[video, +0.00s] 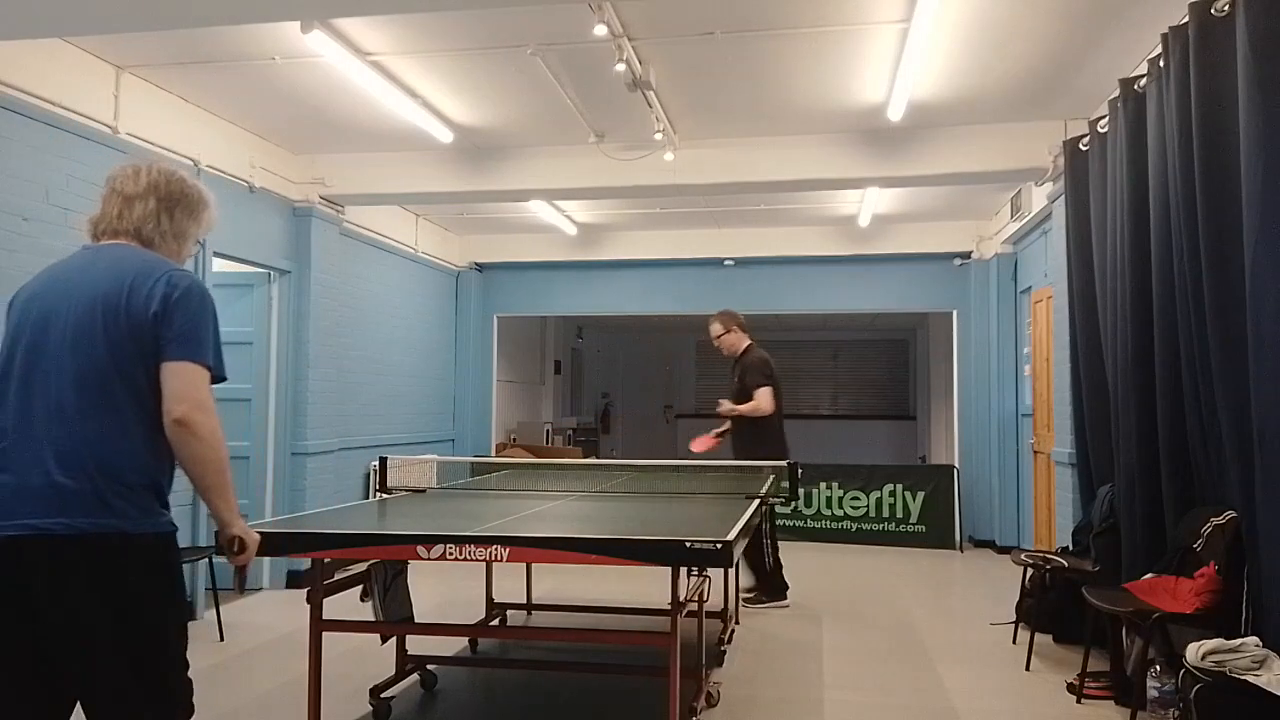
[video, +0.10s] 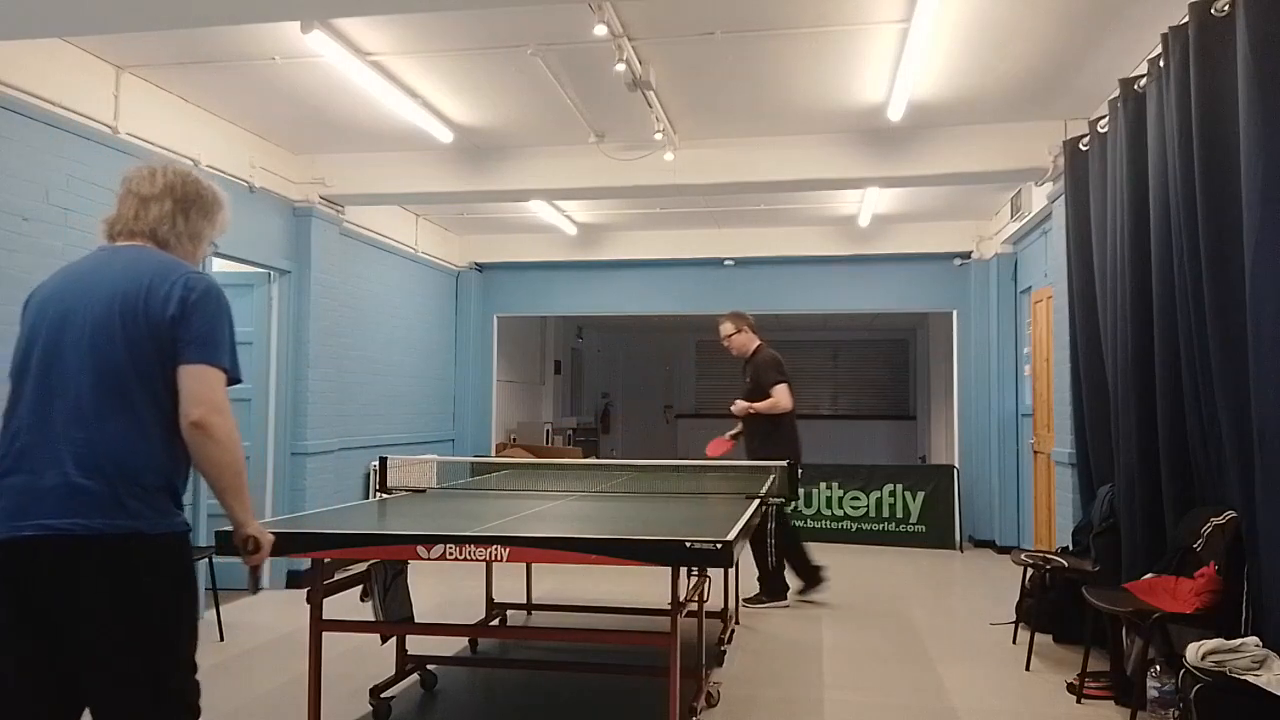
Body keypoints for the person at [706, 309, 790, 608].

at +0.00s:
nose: (716, 345)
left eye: (718, 338)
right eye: (714, 340)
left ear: (734, 331)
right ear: (731, 334)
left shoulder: (755, 361)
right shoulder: (743, 362)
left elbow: (766, 406)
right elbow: (746, 408)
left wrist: (733, 409)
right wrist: (725, 429)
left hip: (764, 459)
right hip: (752, 458)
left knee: (759, 523)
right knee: (752, 522)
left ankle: (774, 588)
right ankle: (765, 582)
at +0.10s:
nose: (727, 345)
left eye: (729, 338)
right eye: (724, 340)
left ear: (747, 331)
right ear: (736, 337)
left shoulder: (766, 359)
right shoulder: (752, 363)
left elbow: (784, 402)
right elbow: (761, 407)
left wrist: (750, 407)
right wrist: (738, 429)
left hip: (777, 459)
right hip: (764, 458)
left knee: (762, 524)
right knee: (773, 520)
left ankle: (773, 590)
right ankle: (810, 574)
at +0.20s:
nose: (736, 345)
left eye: (739, 338)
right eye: (733, 342)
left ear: (757, 332)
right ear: (734, 344)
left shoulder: (777, 361)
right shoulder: (762, 365)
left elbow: (798, 402)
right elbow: (774, 408)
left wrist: (759, 413)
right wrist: (752, 430)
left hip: (791, 460)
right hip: (779, 459)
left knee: (767, 525)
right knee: (805, 520)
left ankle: (774, 589)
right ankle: (844, 578)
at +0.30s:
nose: (746, 349)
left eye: (750, 342)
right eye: (742, 345)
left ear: (767, 337)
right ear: (743, 349)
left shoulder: (787, 364)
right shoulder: (773, 369)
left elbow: (811, 406)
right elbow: (785, 412)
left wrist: (773, 422)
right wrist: (761, 433)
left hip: (805, 459)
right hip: (799, 458)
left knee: (776, 520)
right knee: (824, 519)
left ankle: (774, 587)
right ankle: (860, 583)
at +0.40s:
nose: (754, 355)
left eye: (756, 348)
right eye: (750, 352)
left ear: (773, 341)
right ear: (767, 347)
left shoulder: (797, 367)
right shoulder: (784, 372)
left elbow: (822, 409)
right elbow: (791, 418)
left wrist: (787, 429)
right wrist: (767, 441)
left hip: (818, 460)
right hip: (810, 460)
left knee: (790, 520)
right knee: (833, 524)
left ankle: (777, 589)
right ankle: (863, 589)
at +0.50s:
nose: (759, 361)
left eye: (761, 354)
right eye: (756, 357)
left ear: (777, 345)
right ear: (775, 349)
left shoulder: (803, 368)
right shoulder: (792, 373)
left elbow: (826, 412)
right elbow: (806, 416)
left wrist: (792, 433)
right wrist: (784, 434)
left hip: (825, 460)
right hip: (821, 459)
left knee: (792, 519)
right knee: (833, 526)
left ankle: (781, 590)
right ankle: (862, 590)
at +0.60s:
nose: (761, 365)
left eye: (762, 358)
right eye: (758, 360)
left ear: (777, 348)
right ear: (777, 351)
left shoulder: (803, 370)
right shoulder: (797, 372)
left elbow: (824, 415)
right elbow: (811, 417)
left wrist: (792, 435)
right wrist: (788, 434)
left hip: (828, 460)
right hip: (832, 458)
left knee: (798, 521)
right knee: (832, 525)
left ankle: (783, 593)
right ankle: (861, 591)